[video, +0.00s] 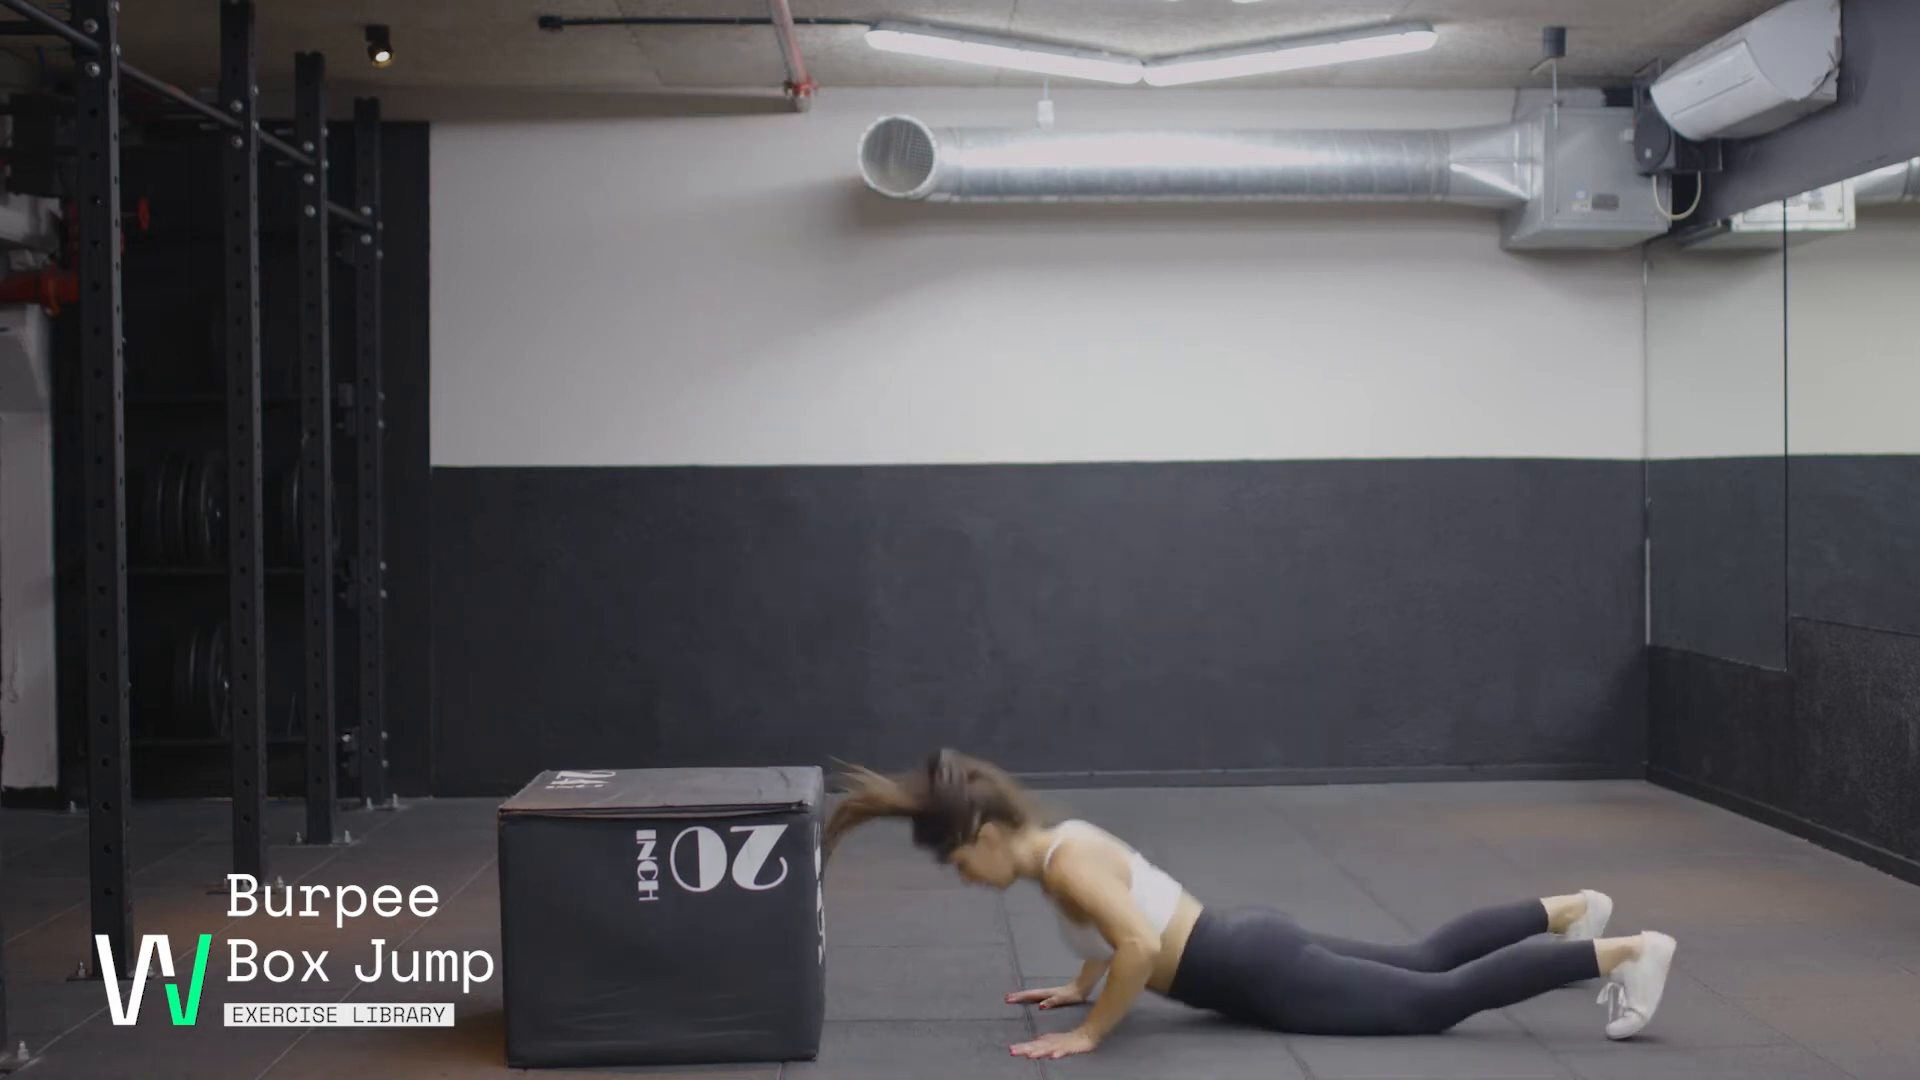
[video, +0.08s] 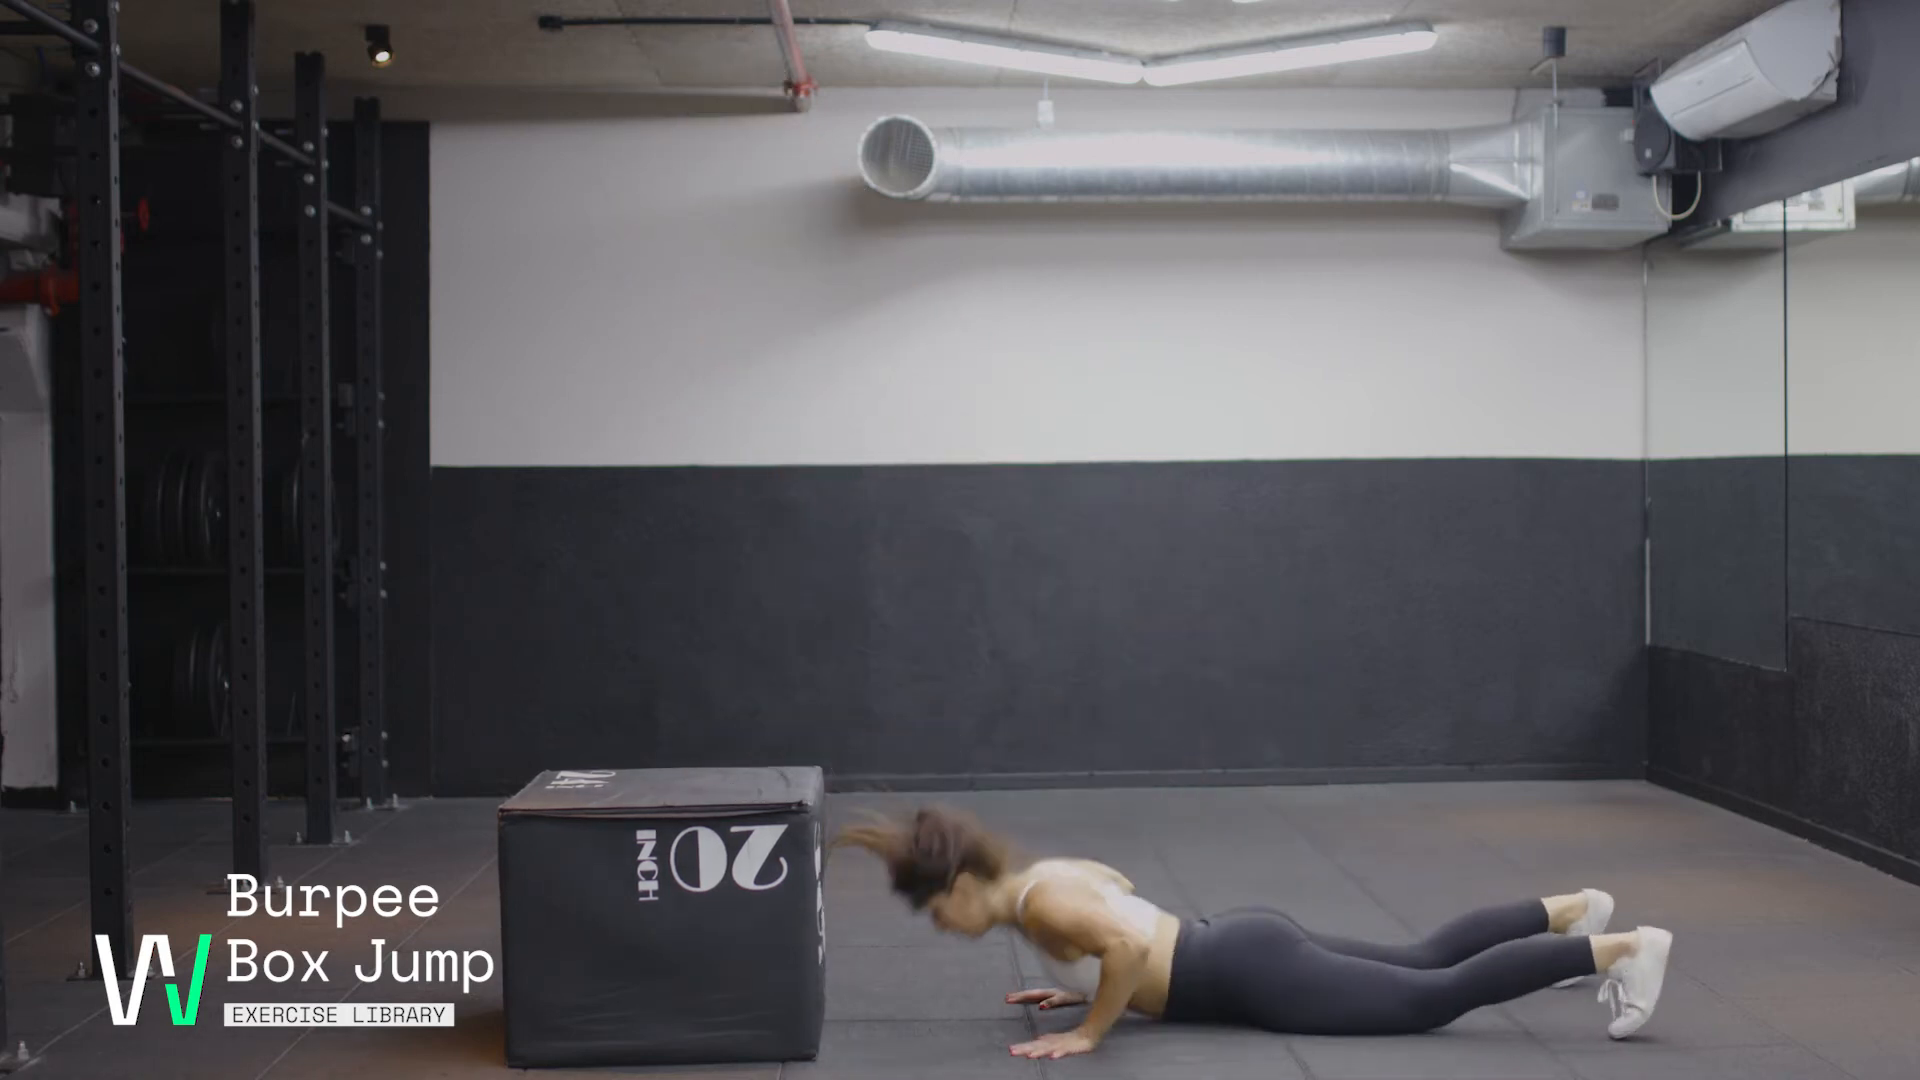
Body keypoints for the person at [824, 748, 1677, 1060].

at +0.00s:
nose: (966, 877)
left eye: (963, 862)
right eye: (957, 867)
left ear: (991, 835)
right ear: (994, 829)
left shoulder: (1067, 865)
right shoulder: (1060, 846)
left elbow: (1140, 951)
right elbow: (1127, 937)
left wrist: (1089, 1036)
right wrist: (1080, 988)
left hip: (1242, 966)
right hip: (1244, 941)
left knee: (1433, 1002)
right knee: (1418, 963)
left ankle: (1610, 958)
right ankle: (1566, 914)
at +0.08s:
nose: (946, 923)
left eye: (943, 908)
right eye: (936, 913)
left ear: (968, 882)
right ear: (964, 884)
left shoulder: (1046, 902)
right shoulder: (1048, 881)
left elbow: (1136, 949)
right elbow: (1139, 945)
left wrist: (1087, 1038)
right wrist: (1077, 1000)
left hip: (1233, 971)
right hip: (1237, 944)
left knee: (1430, 999)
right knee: (1416, 963)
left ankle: (1617, 952)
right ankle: (1571, 912)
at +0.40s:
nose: (940, 955)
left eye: (934, 942)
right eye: (930, 947)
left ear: (948, 910)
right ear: (945, 909)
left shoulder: (1026, 915)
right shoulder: (1028, 891)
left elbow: (1110, 937)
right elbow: (1105, 908)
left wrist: (1085, 1032)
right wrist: (1072, 995)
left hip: (1224, 976)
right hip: (1226, 948)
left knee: (1425, 1004)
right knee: (1404, 971)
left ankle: (1602, 947)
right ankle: (1552, 908)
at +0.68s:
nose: (980, 828)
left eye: (972, 813)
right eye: (970, 817)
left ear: (992, 785)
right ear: (997, 773)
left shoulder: (1071, 799)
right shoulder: (1068, 787)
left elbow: (1110, 917)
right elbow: (1096, 901)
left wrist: (1092, 1027)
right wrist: (1074, 989)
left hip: (1277, 882)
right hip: (1271, 875)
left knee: (1437, 993)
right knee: (1418, 960)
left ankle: (1621, 965)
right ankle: (1566, 922)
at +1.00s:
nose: (1078, 862)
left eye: (1064, 855)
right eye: (1065, 861)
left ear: (1063, 824)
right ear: (1065, 812)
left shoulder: (1129, 773)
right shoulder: (1109, 765)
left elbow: (1120, 913)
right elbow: (1105, 894)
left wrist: (1090, 1029)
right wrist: (1081, 985)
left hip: (1296, 621)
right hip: (1279, 621)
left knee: (1317, 815)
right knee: (1320, 808)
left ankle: (1444, 958)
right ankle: (1412, 936)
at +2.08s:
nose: (1050, 371)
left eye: (1056, 354)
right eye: (1049, 355)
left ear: (1098, 349)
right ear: (1104, 351)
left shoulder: (1135, 427)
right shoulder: (1140, 424)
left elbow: (1161, 564)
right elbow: (1166, 561)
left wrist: (1133, 678)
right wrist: (1150, 669)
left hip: (1198, 642)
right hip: (1174, 639)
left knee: (1230, 824)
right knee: (1096, 813)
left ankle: (1317, 989)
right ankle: (1031, 971)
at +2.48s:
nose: (867, 386)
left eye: (873, 368)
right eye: (864, 371)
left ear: (914, 356)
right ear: (906, 358)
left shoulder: (962, 411)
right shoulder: (955, 416)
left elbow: (1086, 435)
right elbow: (1071, 446)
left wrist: (1121, 546)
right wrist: (1089, 545)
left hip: (1076, 617)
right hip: (1059, 616)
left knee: (1025, 794)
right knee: (1022, 793)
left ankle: (1071, 977)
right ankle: (1027, 969)